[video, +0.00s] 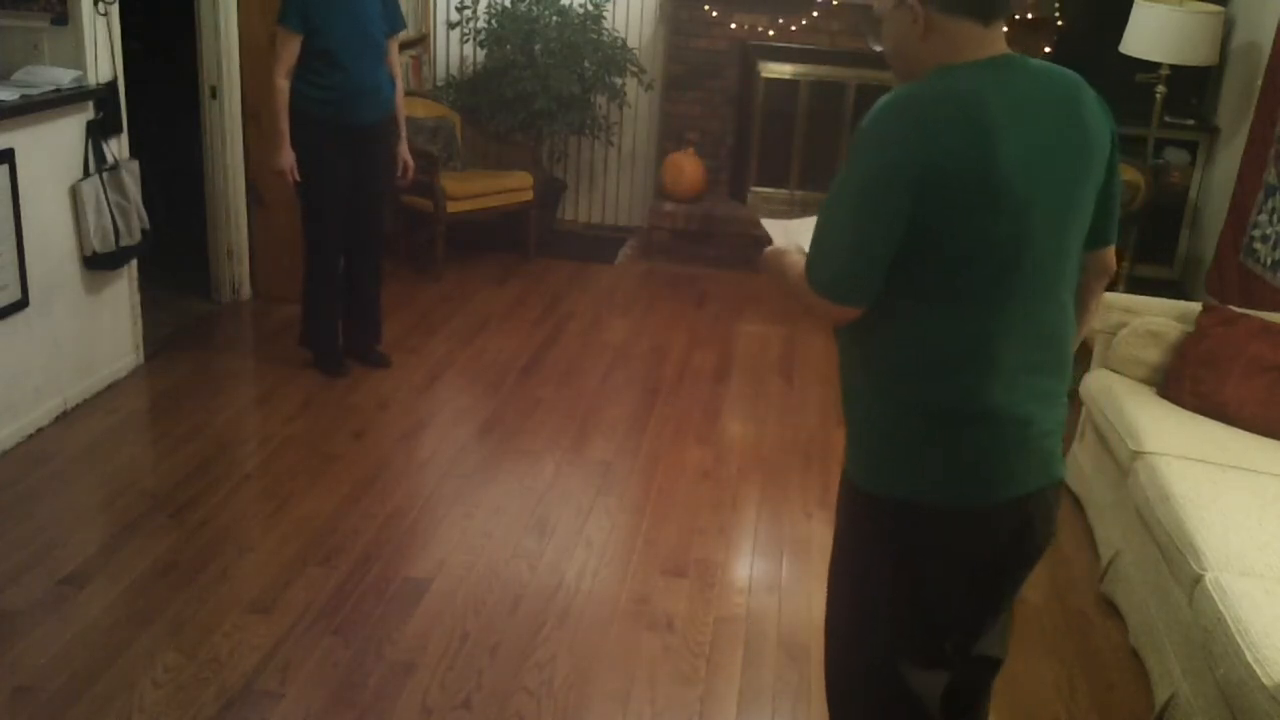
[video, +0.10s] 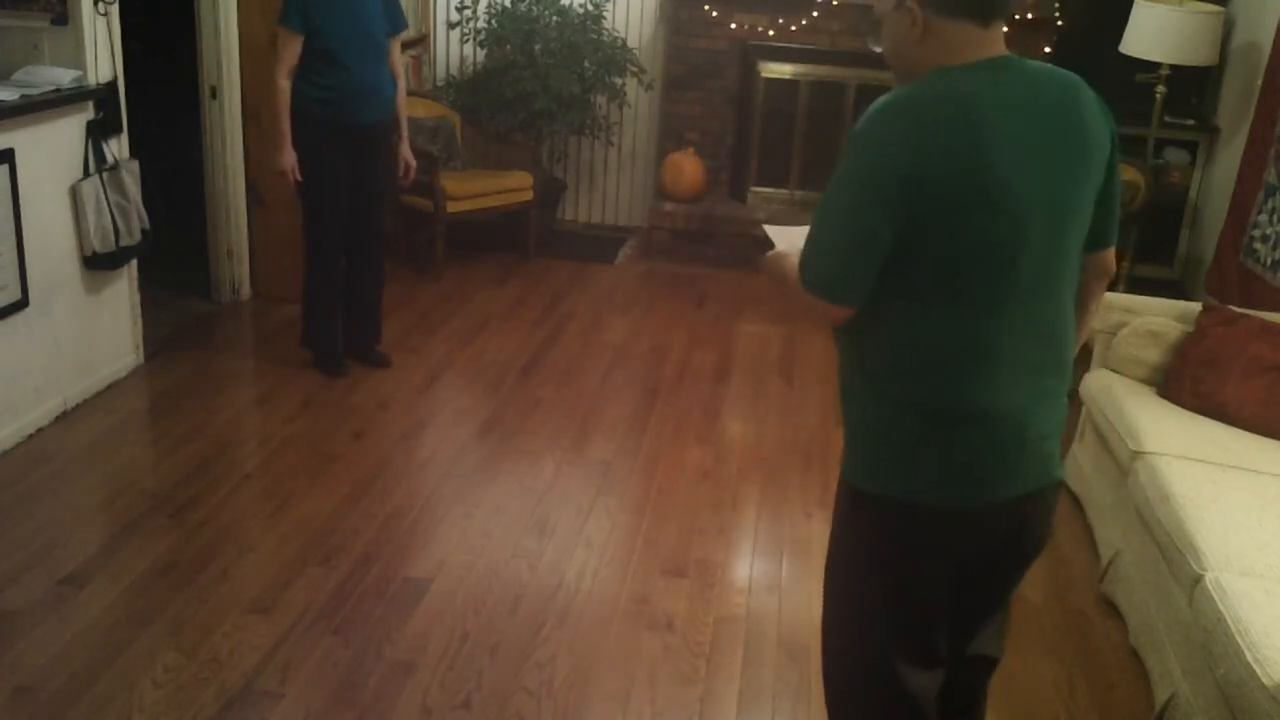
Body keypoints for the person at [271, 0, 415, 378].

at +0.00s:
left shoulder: (385, 6)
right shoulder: (302, 7)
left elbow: (394, 73)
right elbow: (282, 74)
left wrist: (401, 140)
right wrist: (284, 145)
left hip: (375, 132)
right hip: (320, 133)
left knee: (368, 239)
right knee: (325, 240)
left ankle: (364, 340)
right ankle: (324, 345)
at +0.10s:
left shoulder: (386, 6)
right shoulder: (302, 7)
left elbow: (396, 72)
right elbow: (283, 73)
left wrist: (403, 139)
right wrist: (285, 145)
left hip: (376, 134)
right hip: (322, 135)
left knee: (369, 239)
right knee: (326, 240)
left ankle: (364, 339)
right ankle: (325, 346)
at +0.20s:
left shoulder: (389, 7)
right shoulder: (304, 7)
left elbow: (402, 74)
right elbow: (285, 75)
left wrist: (406, 141)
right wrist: (287, 146)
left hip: (377, 133)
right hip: (323, 134)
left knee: (370, 238)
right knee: (327, 239)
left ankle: (365, 339)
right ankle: (326, 345)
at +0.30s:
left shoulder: (391, 7)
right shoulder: (307, 8)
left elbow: (406, 77)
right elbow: (285, 77)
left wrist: (409, 144)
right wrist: (288, 149)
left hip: (376, 136)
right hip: (322, 137)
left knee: (371, 239)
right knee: (331, 240)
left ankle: (366, 339)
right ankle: (323, 346)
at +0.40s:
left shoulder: (390, 8)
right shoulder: (308, 8)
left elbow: (405, 81)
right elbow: (284, 81)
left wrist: (413, 149)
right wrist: (287, 154)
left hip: (378, 140)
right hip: (322, 140)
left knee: (376, 245)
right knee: (327, 247)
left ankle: (367, 341)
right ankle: (308, 352)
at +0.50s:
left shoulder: (387, 7)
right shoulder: (306, 8)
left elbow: (401, 79)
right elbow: (281, 84)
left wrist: (413, 148)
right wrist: (285, 155)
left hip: (376, 141)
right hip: (320, 142)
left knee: (376, 242)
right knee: (316, 245)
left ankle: (365, 341)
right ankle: (285, 354)